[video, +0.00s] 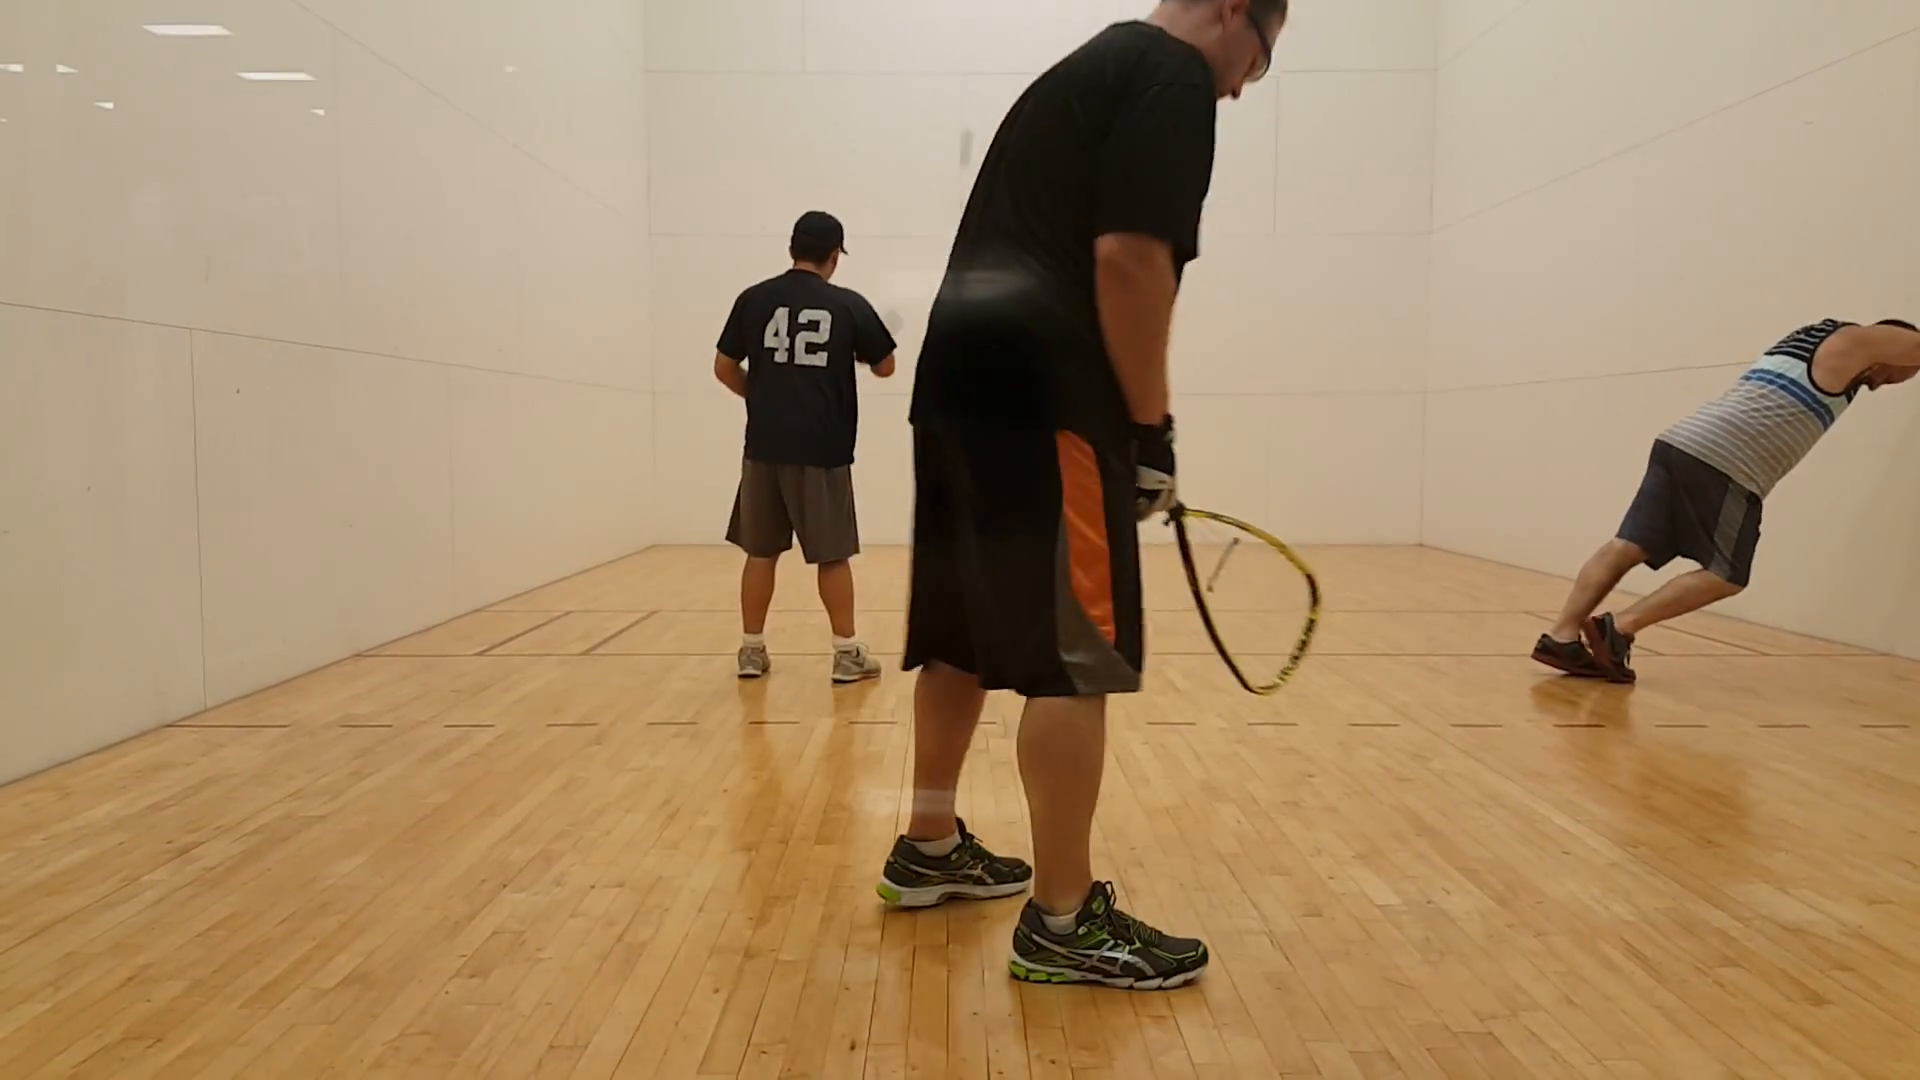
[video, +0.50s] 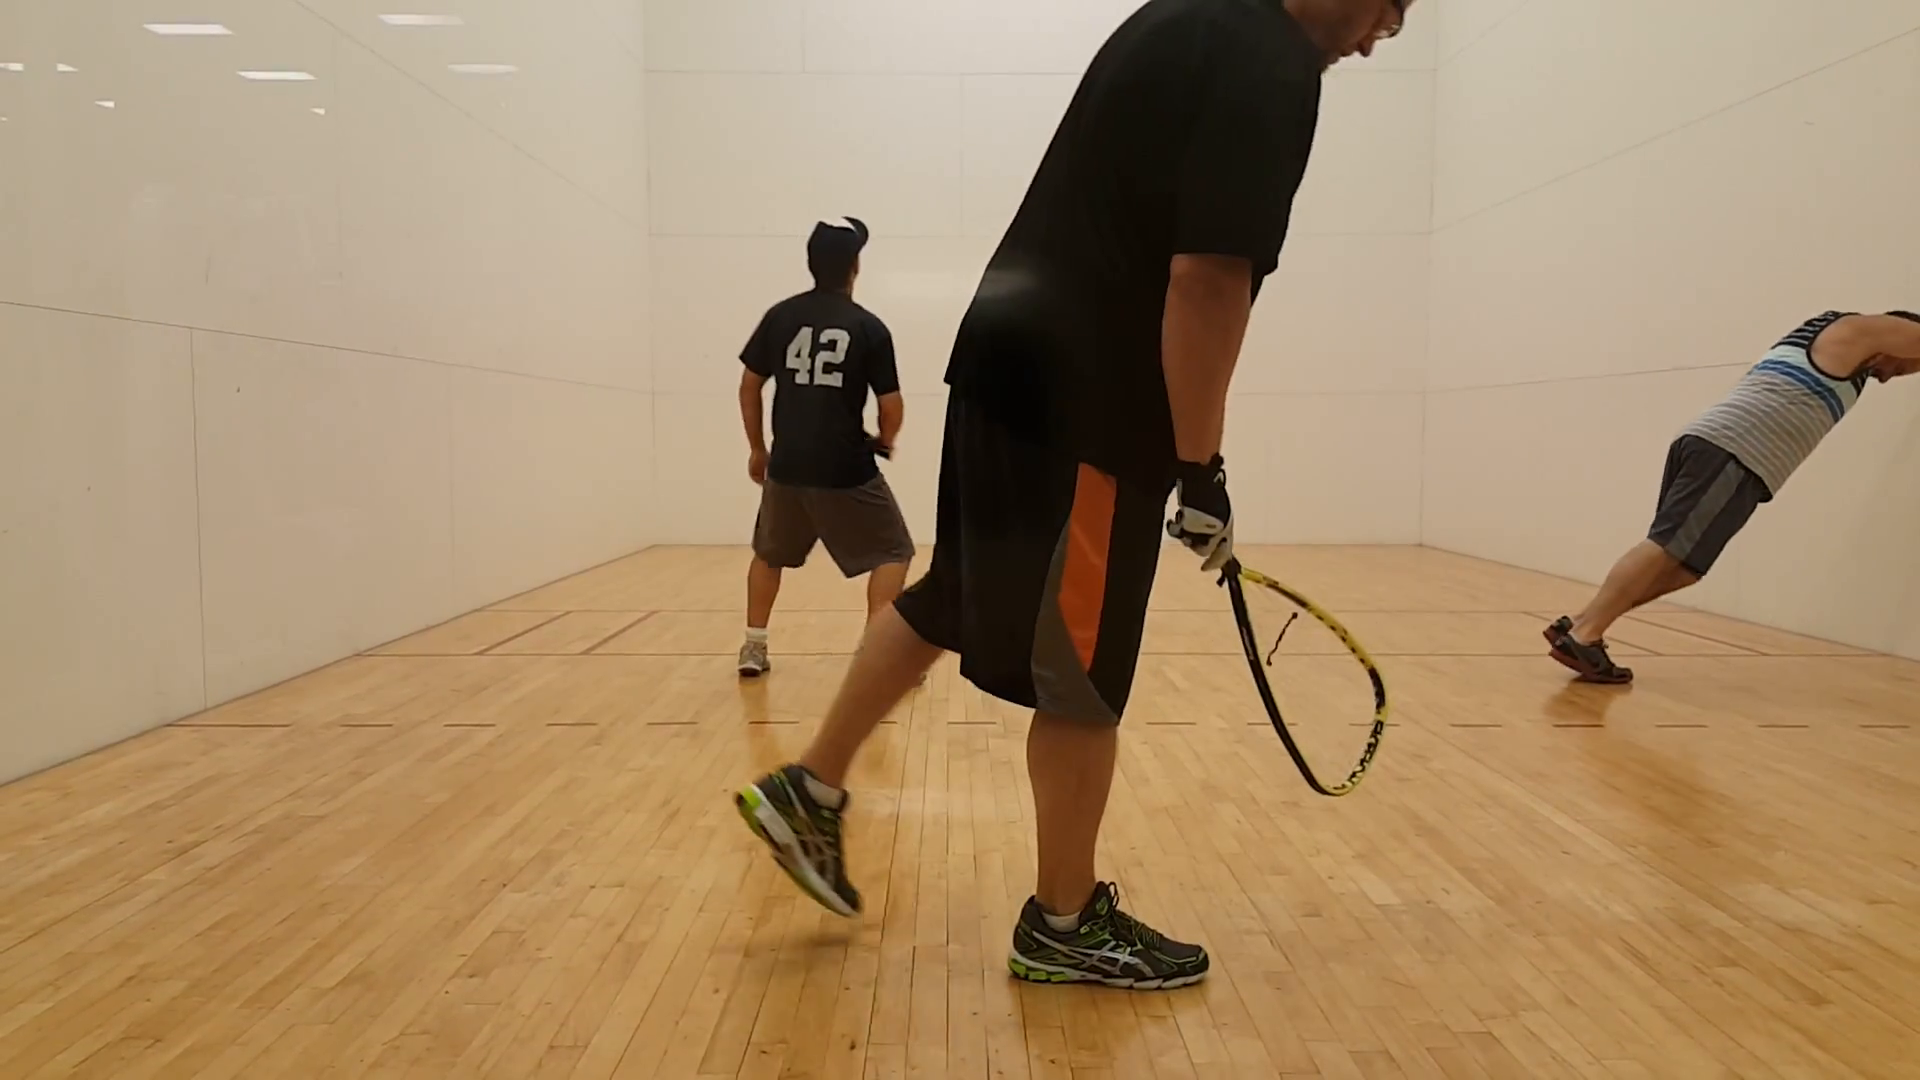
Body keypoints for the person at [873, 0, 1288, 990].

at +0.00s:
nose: (1252, 81)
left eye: (1261, 66)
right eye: (1259, 56)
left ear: (1185, 7)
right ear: (1229, 11)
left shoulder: (1085, 70)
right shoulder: (1170, 78)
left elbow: (1035, 257)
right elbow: (1130, 259)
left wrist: (1117, 428)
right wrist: (1152, 426)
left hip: (958, 390)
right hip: (1046, 397)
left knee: (958, 619)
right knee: (1074, 658)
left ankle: (928, 842)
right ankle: (1065, 917)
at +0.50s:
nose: (1385, 34)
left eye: (1394, 21)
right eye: (1390, 11)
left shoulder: (1181, 22)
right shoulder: (1266, 60)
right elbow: (1206, 280)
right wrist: (1201, 472)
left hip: (1007, 371)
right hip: (1098, 403)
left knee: (951, 593)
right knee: (1082, 665)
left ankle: (811, 786)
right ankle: (1065, 916)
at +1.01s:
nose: (1505, 192)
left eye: (1524, 176)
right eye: (1523, 165)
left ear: (1459, 78)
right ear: (1493, 110)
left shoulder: (1281, 56)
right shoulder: (1378, 242)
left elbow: (1111, 145)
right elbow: (1326, 462)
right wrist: (1296, 652)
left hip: (978, 310)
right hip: (1086, 390)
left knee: (855, 463)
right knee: (1115, 655)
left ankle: (624, 536)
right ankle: (1068, 926)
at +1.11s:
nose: (1508, 232)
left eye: (1528, 217)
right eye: (1526, 205)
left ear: (1475, 111)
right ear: (1503, 145)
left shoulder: (1301, 75)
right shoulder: (1376, 280)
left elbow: (1137, 143)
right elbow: (1321, 498)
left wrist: (1033, 255)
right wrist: (1294, 677)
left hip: (977, 299)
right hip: (1074, 392)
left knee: (832, 431)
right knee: (1101, 654)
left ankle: (607, 488)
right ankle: (1069, 921)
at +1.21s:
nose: (1508, 262)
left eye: (1532, 247)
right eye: (1530, 238)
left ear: (1476, 131)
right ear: (1504, 181)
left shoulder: (1313, 87)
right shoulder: (1374, 291)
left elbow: (1147, 142)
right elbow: (1316, 508)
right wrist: (1289, 690)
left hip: (979, 291)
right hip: (1066, 392)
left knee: (823, 409)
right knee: (1093, 651)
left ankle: (593, 430)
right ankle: (1068, 919)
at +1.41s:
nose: (1515, 301)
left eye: (1535, 288)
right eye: (1534, 277)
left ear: (1483, 178)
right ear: (1504, 215)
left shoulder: (1322, 113)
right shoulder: (1364, 330)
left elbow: (1152, 155)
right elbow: (1309, 546)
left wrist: (1100, 233)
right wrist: (1280, 729)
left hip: (986, 284)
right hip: (1059, 388)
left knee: (830, 399)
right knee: (1078, 658)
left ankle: (592, 386)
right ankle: (1067, 920)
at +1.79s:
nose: (1507, 316)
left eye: (1526, 305)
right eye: (1527, 294)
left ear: (1479, 192)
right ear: (1507, 233)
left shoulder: (1321, 130)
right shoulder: (1371, 326)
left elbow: (1136, 178)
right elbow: (1311, 549)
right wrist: (1273, 725)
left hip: (982, 294)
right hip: (1047, 384)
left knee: (841, 440)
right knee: (1079, 654)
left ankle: (594, 435)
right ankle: (1063, 922)